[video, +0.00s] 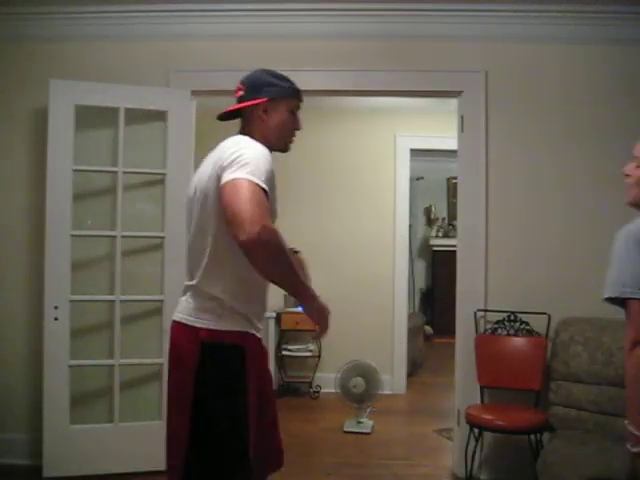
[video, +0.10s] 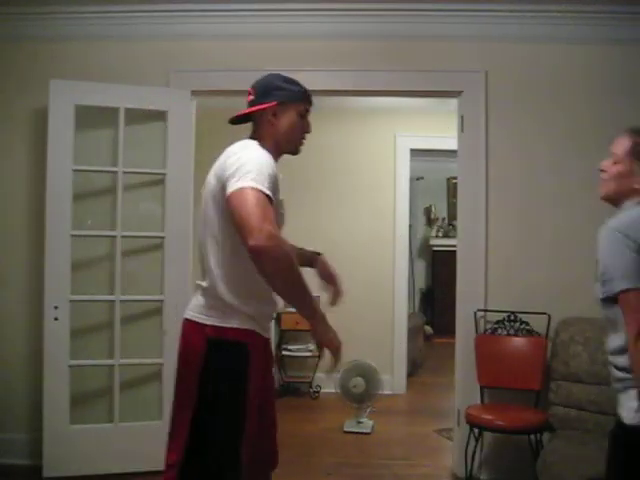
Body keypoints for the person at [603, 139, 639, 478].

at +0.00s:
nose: (627, 169)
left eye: (635, 161)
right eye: (631, 161)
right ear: (630, 172)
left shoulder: (632, 236)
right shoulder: (630, 236)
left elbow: (634, 342)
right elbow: (634, 343)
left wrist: (634, 433)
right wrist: (634, 433)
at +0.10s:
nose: (602, 166)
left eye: (614, 159)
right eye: (607, 157)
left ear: (636, 171)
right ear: (631, 171)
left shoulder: (620, 229)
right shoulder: (623, 228)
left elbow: (633, 326)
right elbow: (631, 323)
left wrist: (632, 406)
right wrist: (630, 403)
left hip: (632, 415)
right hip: (631, 413)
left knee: (618, 472)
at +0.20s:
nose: (579, 162)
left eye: (591, 155)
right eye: (585, 154)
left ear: (618, 172)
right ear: (615, 173)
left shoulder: (610, 222)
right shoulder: (624, 215)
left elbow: (634, 308)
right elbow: (626, 312)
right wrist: (609, 391)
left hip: (624, 404)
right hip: (625, 399)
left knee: (591, 472)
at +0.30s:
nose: (558, 161)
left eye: (570, 154)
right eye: (564, 152)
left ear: (598, 172)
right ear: (592, 173)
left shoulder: (607, 221)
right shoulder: (579, 226)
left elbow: (633, 300)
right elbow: (582, 311)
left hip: (618, 394)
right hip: (597, 390)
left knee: (559, 470)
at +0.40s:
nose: (539, 164)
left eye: (550, 157)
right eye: (544, 156)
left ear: (577, 174)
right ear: (572, 175)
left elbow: (634, 304)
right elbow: (541, 306)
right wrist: (512, 348)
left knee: (558, 471)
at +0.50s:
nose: (520, 165)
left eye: (531, 159)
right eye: (525, 157)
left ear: (557, 175)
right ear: (553, 175)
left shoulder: (572, 227)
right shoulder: (535, 231)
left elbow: (613, 306)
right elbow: (518, 304)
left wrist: (639, 355)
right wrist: (468, 334)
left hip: (573, 395)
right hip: (549, 393)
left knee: (542, 474)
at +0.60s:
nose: (505, 167)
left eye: (515, 160)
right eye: (509, 158)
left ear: (541, 172)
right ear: (536, 172)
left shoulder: (551, 220)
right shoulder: (522, 225)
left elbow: (576, 292)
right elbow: (505, 297)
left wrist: (599, 359)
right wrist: (446, 306)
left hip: (552, 386)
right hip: (530, 385)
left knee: (527, 474)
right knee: (520, 473)